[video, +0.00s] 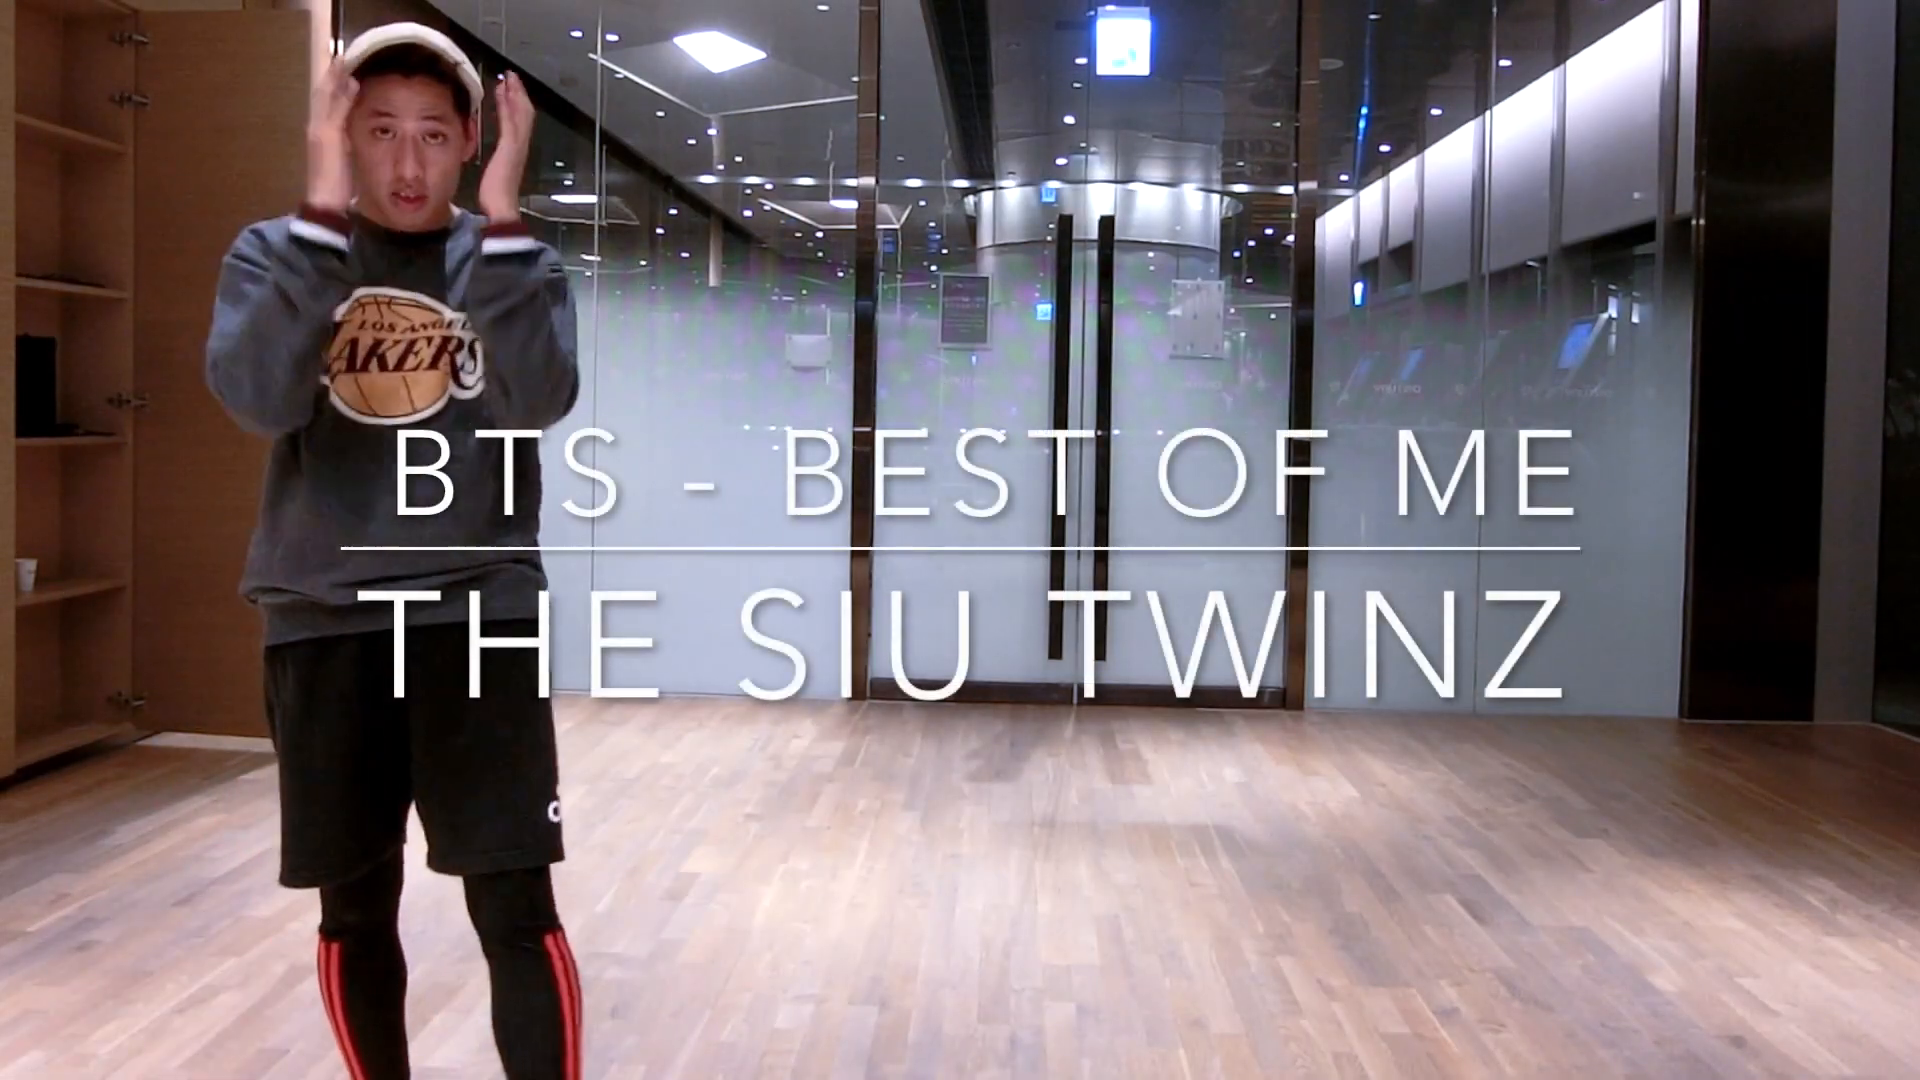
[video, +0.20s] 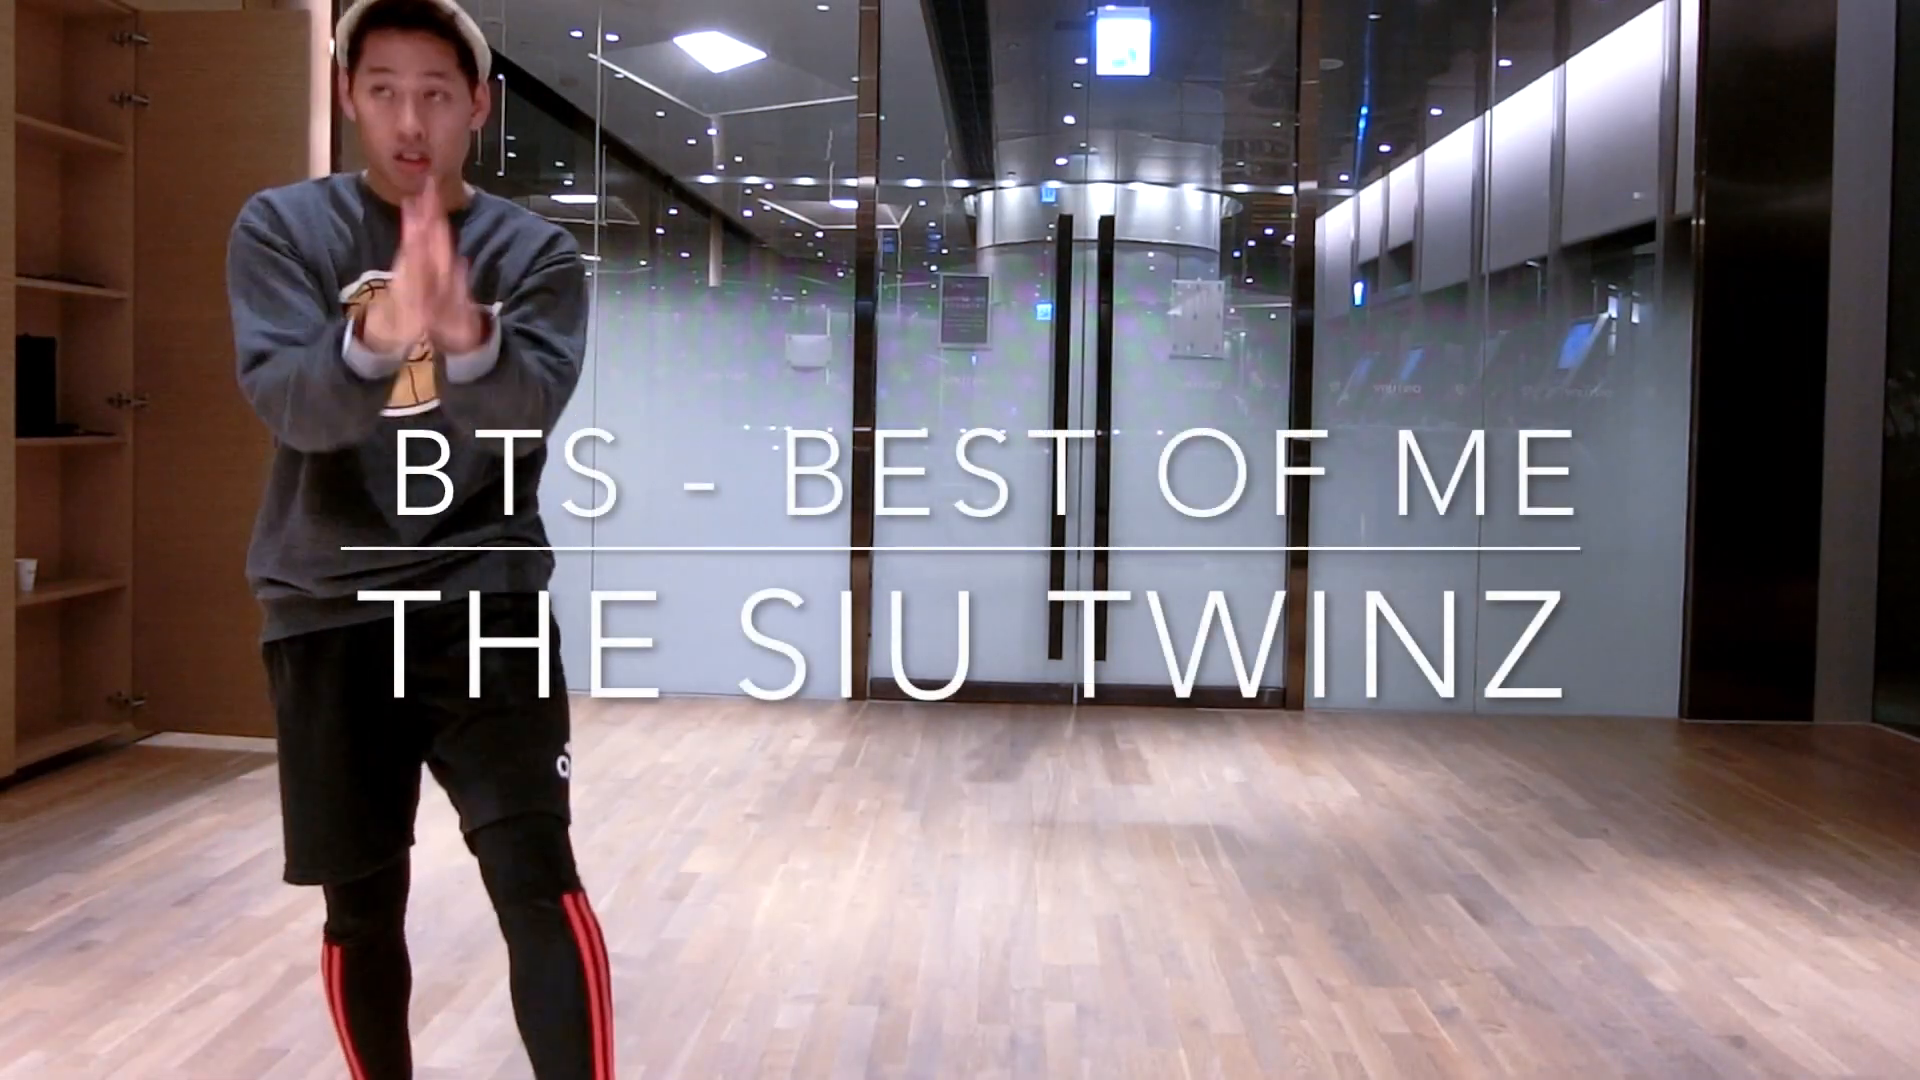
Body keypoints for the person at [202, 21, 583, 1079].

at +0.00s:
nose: (408, 156)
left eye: (433, 132)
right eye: (383, 130)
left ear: (469, 150)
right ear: (343, 144)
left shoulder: (518, 265)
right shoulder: (277, 254)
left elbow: (536, 399)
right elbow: (261, 399)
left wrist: (499, 219)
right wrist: (323, 213)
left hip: (485, 622)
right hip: (330, 624)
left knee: (515, 909)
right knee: (355, 910)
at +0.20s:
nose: (409, 119)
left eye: (435, 94)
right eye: (383, 92)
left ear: (476, 112)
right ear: (350, 108)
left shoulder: (532, 246)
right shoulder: (282, 225)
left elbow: (535, 400)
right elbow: (283, 397)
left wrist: (462, 342)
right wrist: (376, 336)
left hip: (487, 590)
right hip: (330, 604)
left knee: (535, 883)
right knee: (360, 906)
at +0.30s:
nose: (406, 97)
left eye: (433, 71)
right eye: (380, 70)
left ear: (480, 94)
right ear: (350, 91)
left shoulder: (545, 253)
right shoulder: (286, 229)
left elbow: (536, 414)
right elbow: (287, 381)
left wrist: (473, 511)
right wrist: (362, 491)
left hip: (494, 602)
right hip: (332, 613)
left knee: (533, 890)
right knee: (360, 904)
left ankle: (573, 1078)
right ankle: (382, 1078)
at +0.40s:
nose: (401, 85)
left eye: (430, 59)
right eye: (377, 58)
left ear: (485, 88)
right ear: (349, 83)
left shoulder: (555, 265)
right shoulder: (296, 251)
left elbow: (567, 477)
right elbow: (282, 465)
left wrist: (556, 672)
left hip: (497, 635)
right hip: (345, 639)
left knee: (528, 942)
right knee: (364, 929)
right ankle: (385, 1079)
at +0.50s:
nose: (406, 72)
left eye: (437, 44)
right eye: (383, 45)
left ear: (497, 76)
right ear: (356, 77)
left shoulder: (579, 268)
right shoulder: (306, 262)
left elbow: (623, 494)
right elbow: (254, 496)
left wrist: (674, 698)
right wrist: (206, 714)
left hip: (508, 674)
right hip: (343, 671)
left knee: (524, 979)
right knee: (368, 947)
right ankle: (385, 1079)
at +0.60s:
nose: (426, 42)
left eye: (459, 19)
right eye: (405, 20)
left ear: (526, 56)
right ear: (380, 51)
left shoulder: (613, 258)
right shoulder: (323, 247)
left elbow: (695, 463)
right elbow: (242, 458)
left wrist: (777, 620)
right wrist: (153, 630)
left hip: (535, 673)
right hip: (362, 668)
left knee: (555, 990)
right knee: (376, 958)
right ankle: (384, 1079)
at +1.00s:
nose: (591, 11)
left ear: (685, 17)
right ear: (526, 21)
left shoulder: (754, 243)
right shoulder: (431, 204)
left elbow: (833, 489)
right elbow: (323, 444)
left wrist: (909, 718)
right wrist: (221, 672)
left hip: (636, 692)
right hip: (441, 687)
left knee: (618, 1031)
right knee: (396, 1022)